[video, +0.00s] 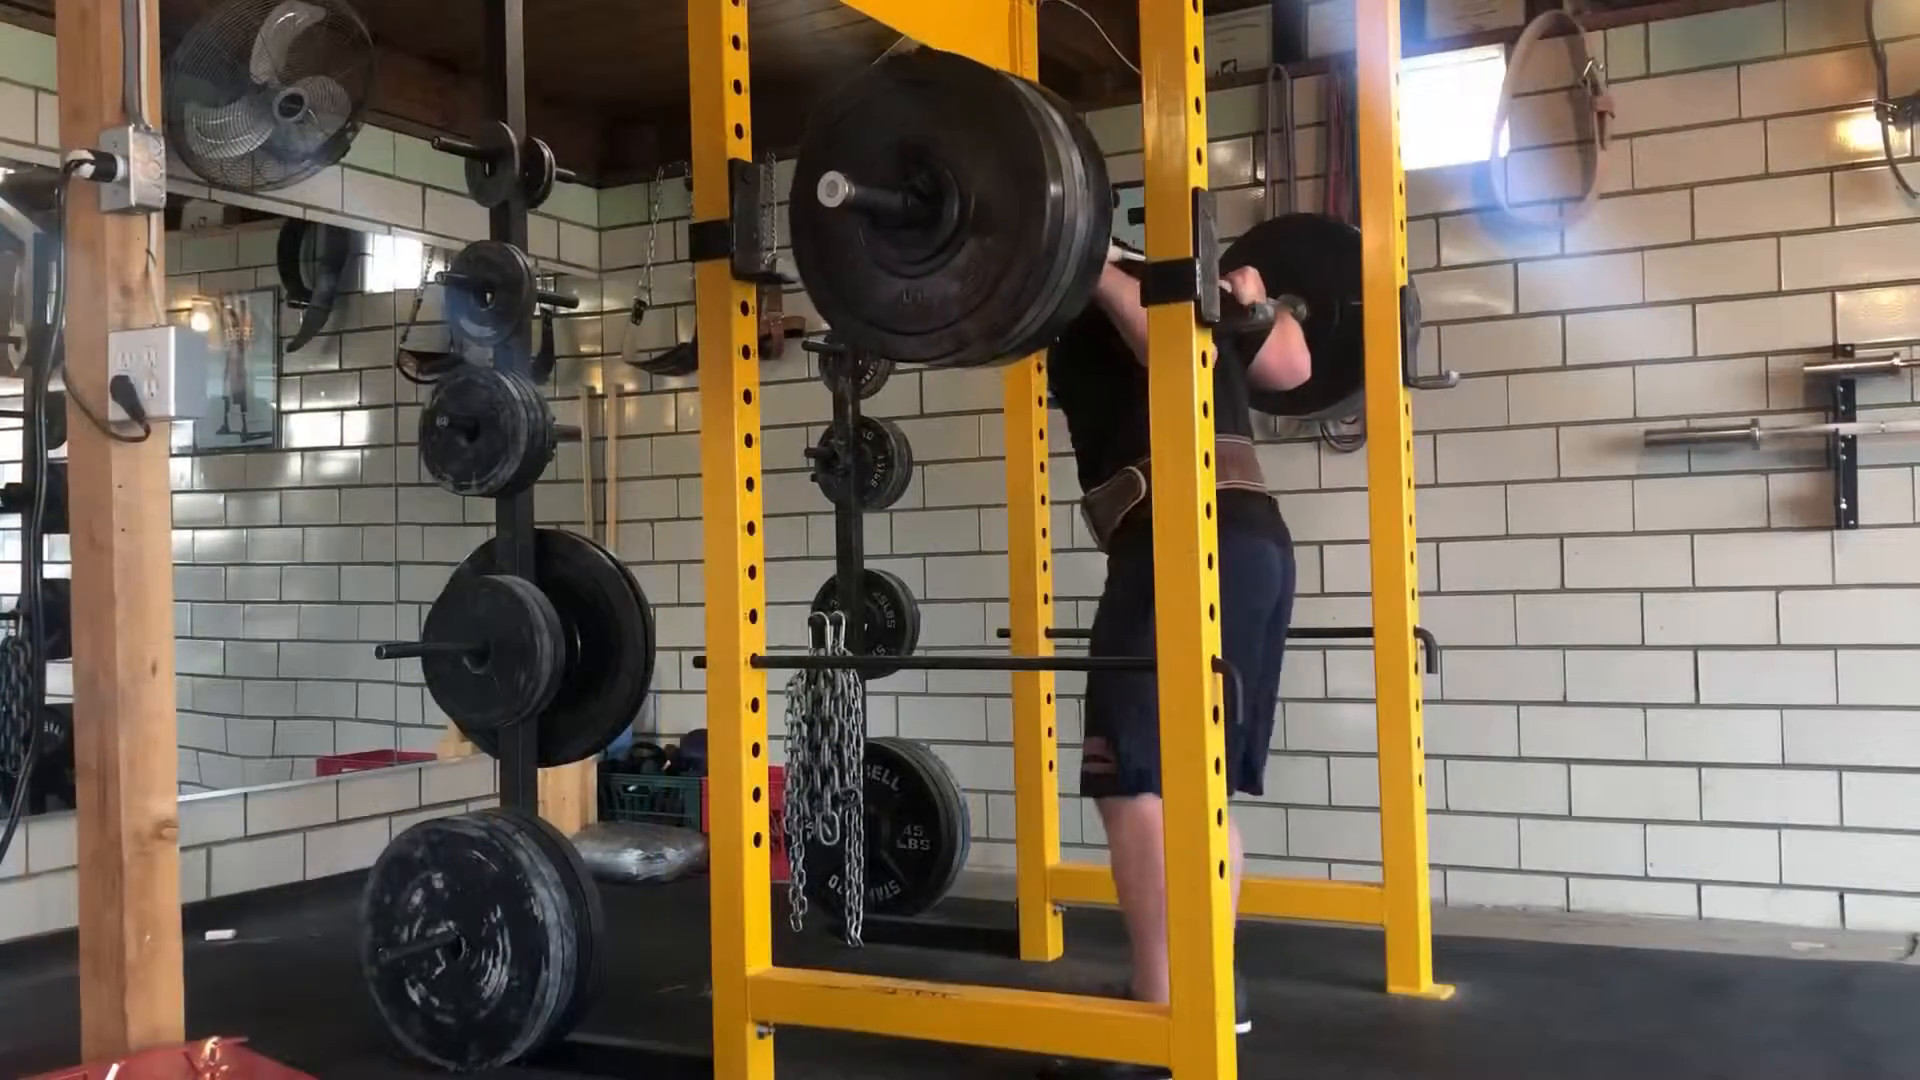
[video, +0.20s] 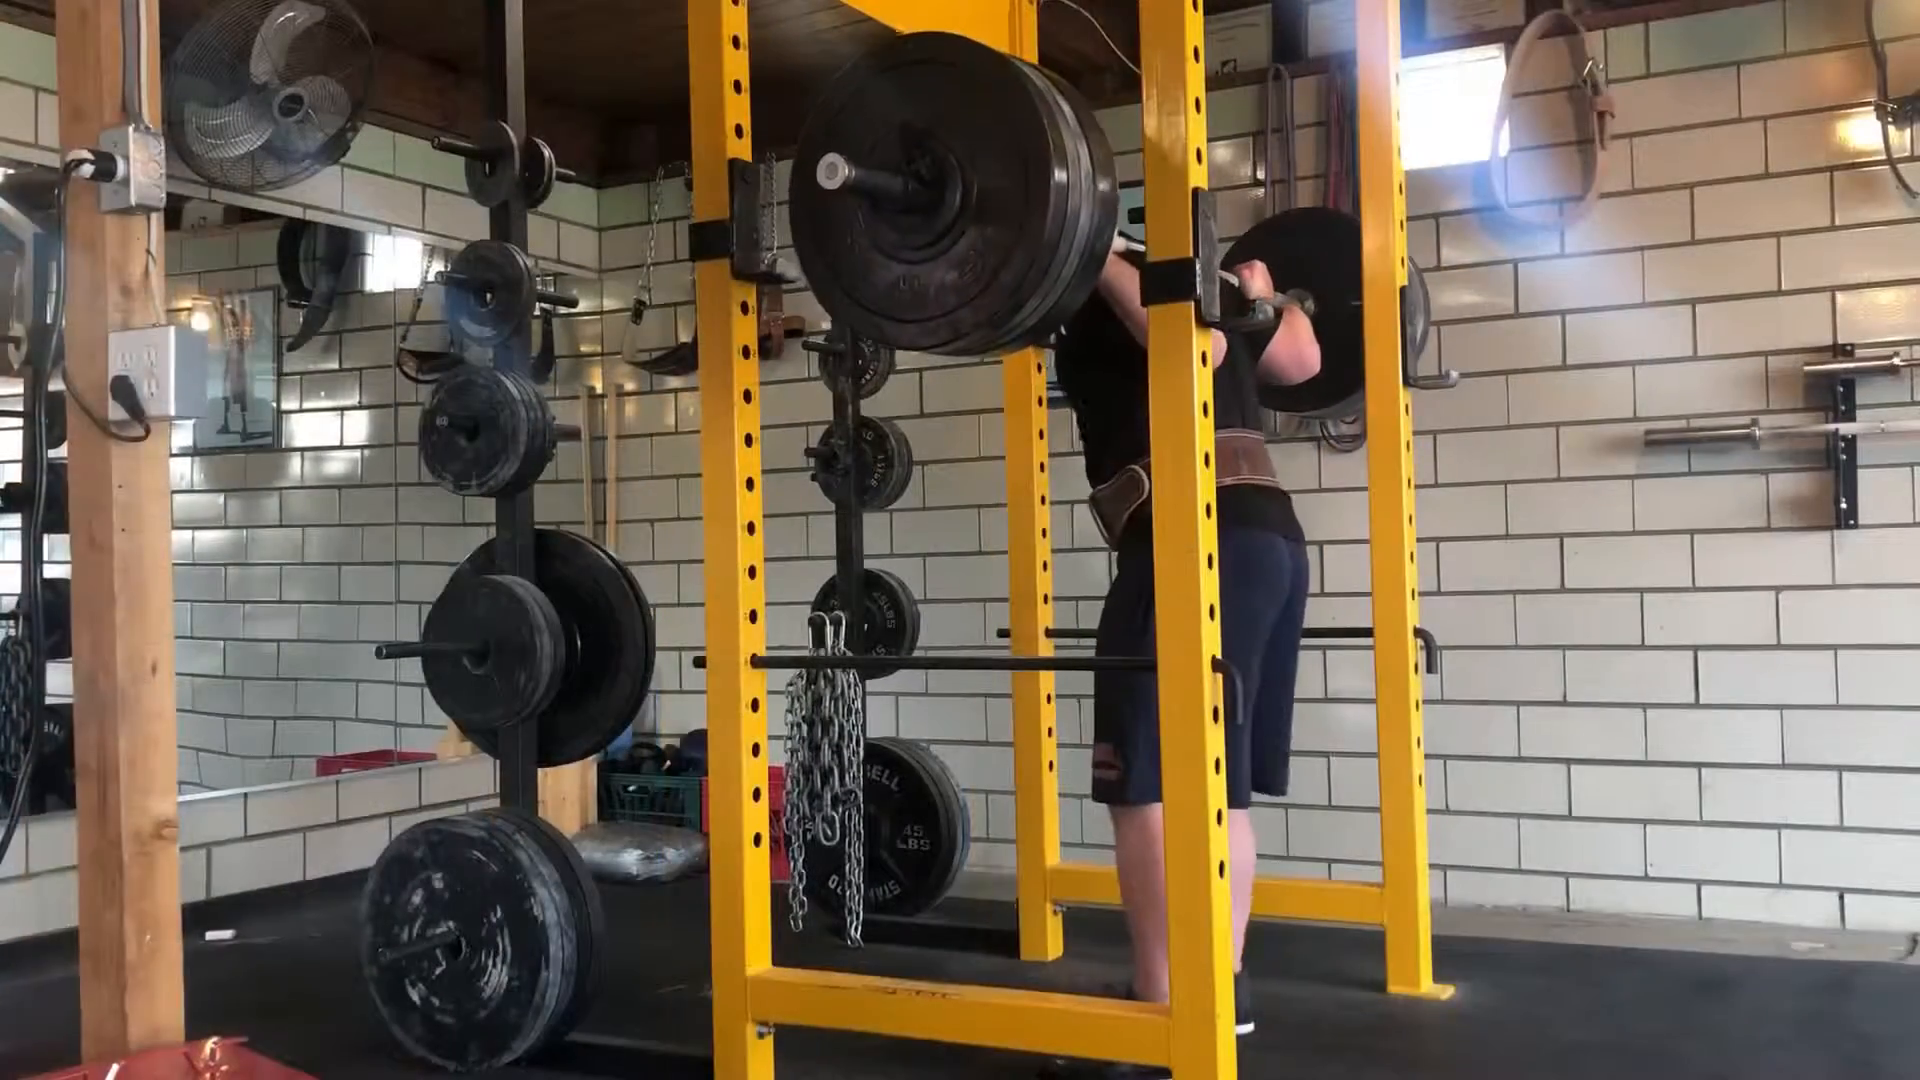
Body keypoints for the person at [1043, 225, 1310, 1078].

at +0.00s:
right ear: (1120, 217)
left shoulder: (1096, 285)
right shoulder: (1206, 282)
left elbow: (1174, 357)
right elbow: (1291, 362)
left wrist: (1095, 268)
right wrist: (1258, 298)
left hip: (1172, 535)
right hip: (1252, 534)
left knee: (1122, 767)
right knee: (1214, 778)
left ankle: (1158, 1003)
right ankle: (1217, 995)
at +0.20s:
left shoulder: (1115, 266)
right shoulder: (1217, 271)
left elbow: (1194, 353)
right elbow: (1301, 358)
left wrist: (1100, 255)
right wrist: (1264, 292)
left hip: (1186, 528)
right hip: (1265, 533)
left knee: (1135, 777)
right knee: (1228, 784)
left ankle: (1160, 1008)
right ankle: (1222, 1002)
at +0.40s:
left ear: (1091, 229)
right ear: (1154, 220)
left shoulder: (1109, 279)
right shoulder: (1222, 288)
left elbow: (1197, 356)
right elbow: (1308, 361)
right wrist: (1272, 296)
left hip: (1185, 537)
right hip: (1273, 542)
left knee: (1136, 782)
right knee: (1238, 780)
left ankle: (1157, 1002)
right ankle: (1244, 985)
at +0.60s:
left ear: (1109, 241)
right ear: (1187, 225)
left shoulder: (1113, 298)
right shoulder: (1230, 288)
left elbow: (1209, 352)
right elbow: (1315, 359)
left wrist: (1124, 266)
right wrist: (1275, 297)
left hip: (1201, 542)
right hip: (1282, 541)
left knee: (1145, 776)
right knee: (1251, 779)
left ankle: (1161, 998)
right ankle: (1245, 984)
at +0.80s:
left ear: (1109, 250)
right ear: (1185, 233)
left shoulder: (1113, 304)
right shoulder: (1230, 289)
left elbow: (1214, 351)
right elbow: (1316, 358)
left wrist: (1130, 273)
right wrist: (1274, 295)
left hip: (1198, 538)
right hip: (1279, 538)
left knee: (1141, 770)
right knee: (1249, 776)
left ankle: (1159, 1000)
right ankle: (1245, 986)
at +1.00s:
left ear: (1105, 240)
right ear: (1174, 230)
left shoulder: (1116, 295)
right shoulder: (1229, 293)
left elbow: (1214, 355)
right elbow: (1314, 363)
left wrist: (1135, 279)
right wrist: (1276, 299)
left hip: (1194, 535)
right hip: (1278, 539)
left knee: (1138, 775)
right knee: (1246, 777)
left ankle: (1158, 1002)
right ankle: (1249, 983)